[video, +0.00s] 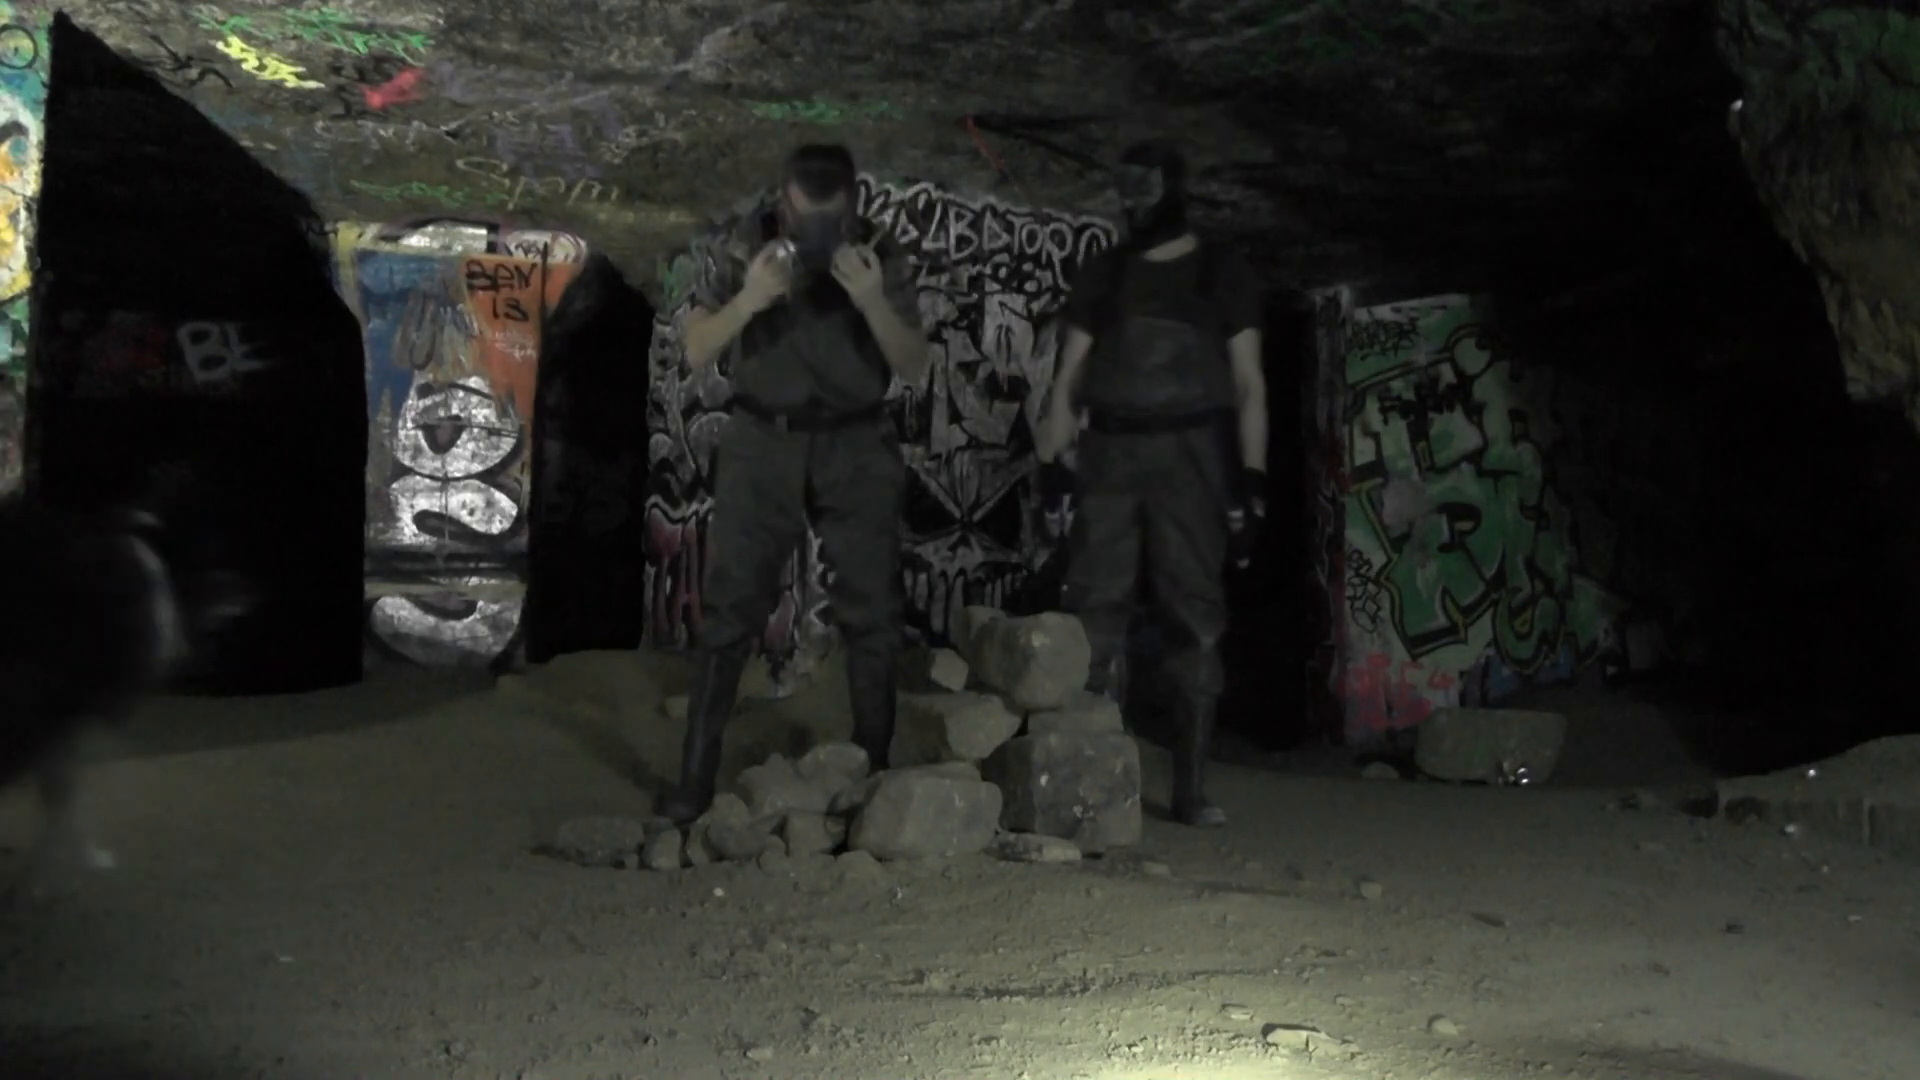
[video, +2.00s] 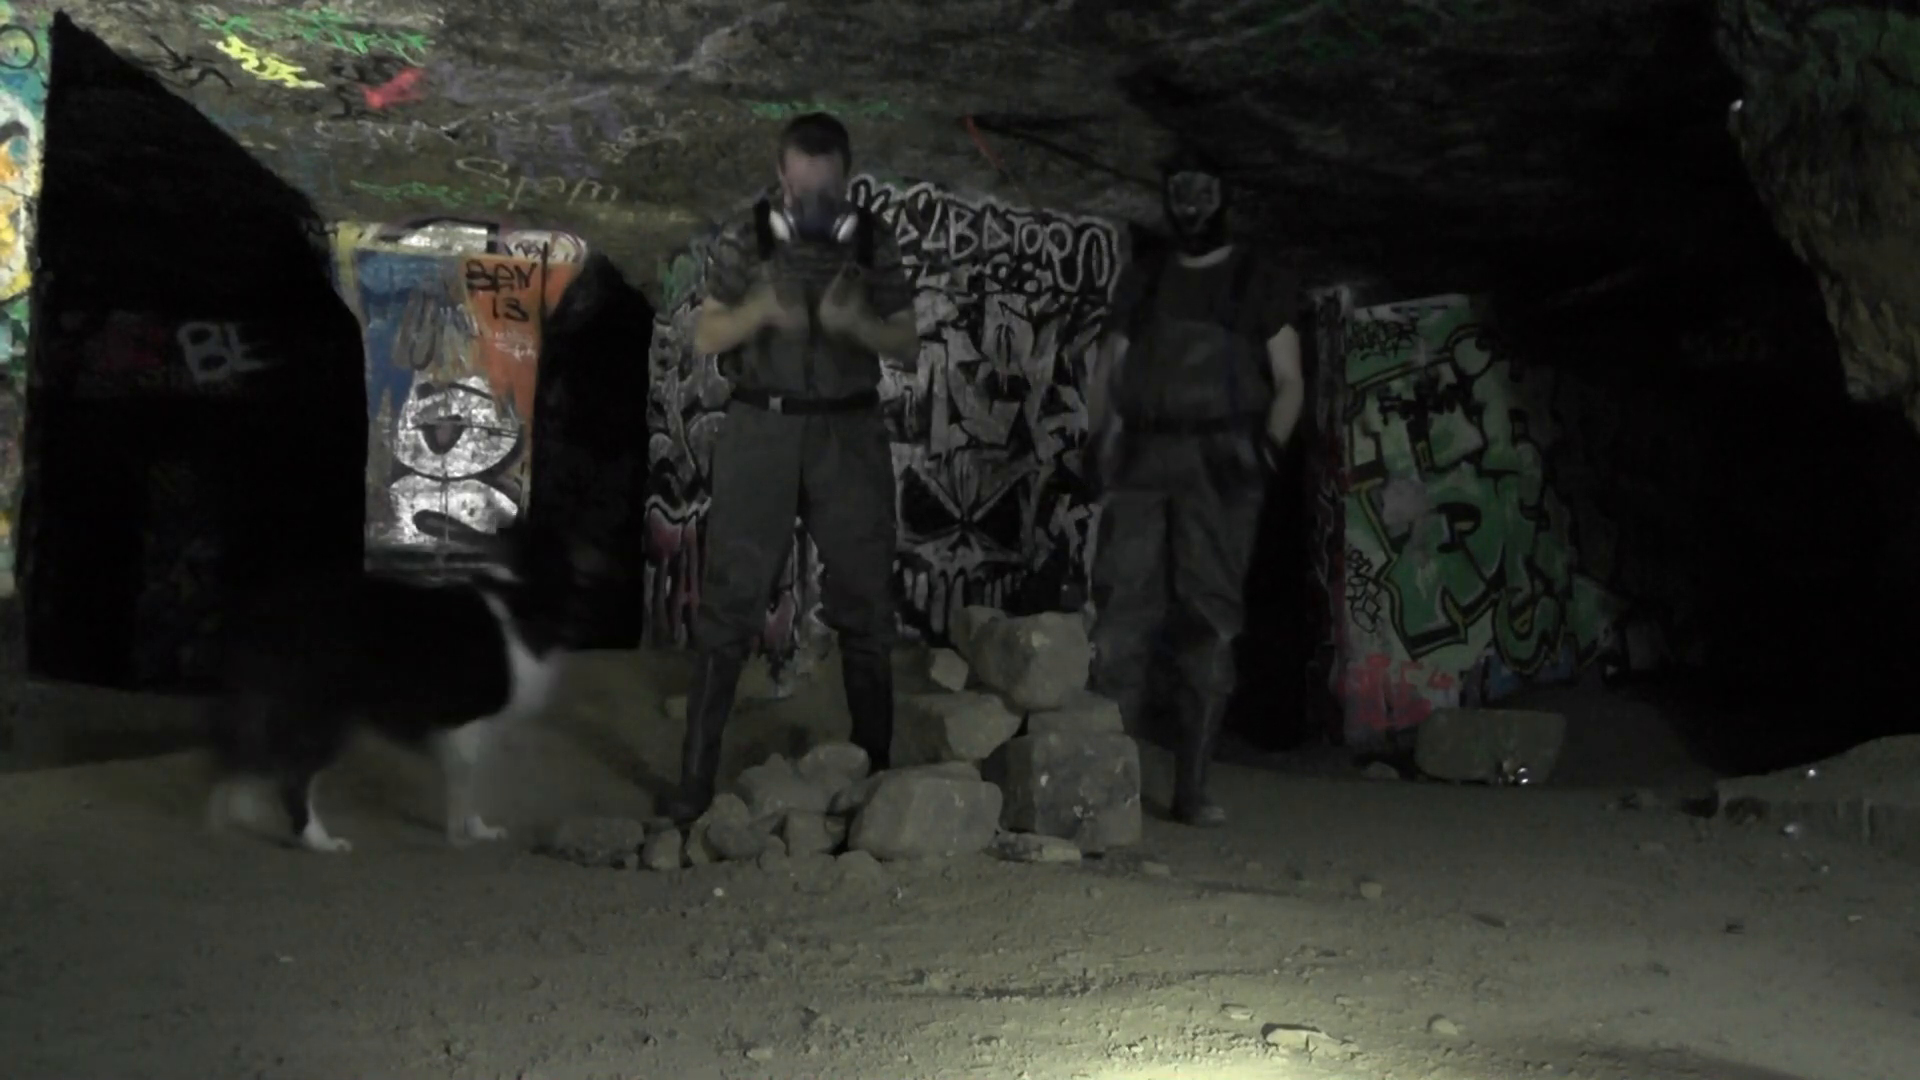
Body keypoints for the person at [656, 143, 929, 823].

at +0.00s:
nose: (817, 229)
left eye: (831, 217)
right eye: (805, 215)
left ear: (853, 204)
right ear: (783, 199)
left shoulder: (877, 253)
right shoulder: (741, 245)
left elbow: (912, 364)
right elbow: (697, 349)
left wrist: (872, 299)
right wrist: (749, 300)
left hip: (856, 453)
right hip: (758, 450)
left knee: (870, 617)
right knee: (729, 615)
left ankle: (873, 781)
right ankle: (694, 787)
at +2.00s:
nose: (812, 202)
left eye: (826, 188)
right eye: (800, 188)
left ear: (847, 177)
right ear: (780, 174)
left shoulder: (871, 239)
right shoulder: (743, 238)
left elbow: (906, 345)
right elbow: (705, 335)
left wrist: (855, 319)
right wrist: (762, 309)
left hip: (849, 444)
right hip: (759, 442)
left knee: (864, 612)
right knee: (731, 608)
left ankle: (875, 778)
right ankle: (695, 783)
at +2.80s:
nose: (815, 183)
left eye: (829, 170)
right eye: (804, 167)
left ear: (851, 168)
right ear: (784, 160)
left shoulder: (875, 239)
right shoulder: (744, 235)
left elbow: (916, 350)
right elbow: (699, 341)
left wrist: (881, 275)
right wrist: (744, 290)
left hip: (854, 441)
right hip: (763, 439)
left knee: (868, 613)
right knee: (732, 608)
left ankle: (874, 780)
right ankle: (695, 788)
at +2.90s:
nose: (815, 180)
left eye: (828, 169)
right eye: (804, 166)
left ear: (849, 167)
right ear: (785, 160)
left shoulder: (876, 240)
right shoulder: (750, 236)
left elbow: (918, 341)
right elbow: (709, 335)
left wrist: (930, 429)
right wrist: (694, 431)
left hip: (854, 442)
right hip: (762, 440)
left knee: (869, 613)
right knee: (731, 607)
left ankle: (873, 777)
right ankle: (694, 785)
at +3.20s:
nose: (820, 173)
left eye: (834, 161)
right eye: (808, 158)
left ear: (854, 164)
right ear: (785, 156)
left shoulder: (877, 236)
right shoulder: (754, 229)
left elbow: (925, 326)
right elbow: (701, 321)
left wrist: (959, 404)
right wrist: (639, 393)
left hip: (855, 441)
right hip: (764, 439)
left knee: (867, 612)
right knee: (733, 608)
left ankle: (873, 776)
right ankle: (694, 785)